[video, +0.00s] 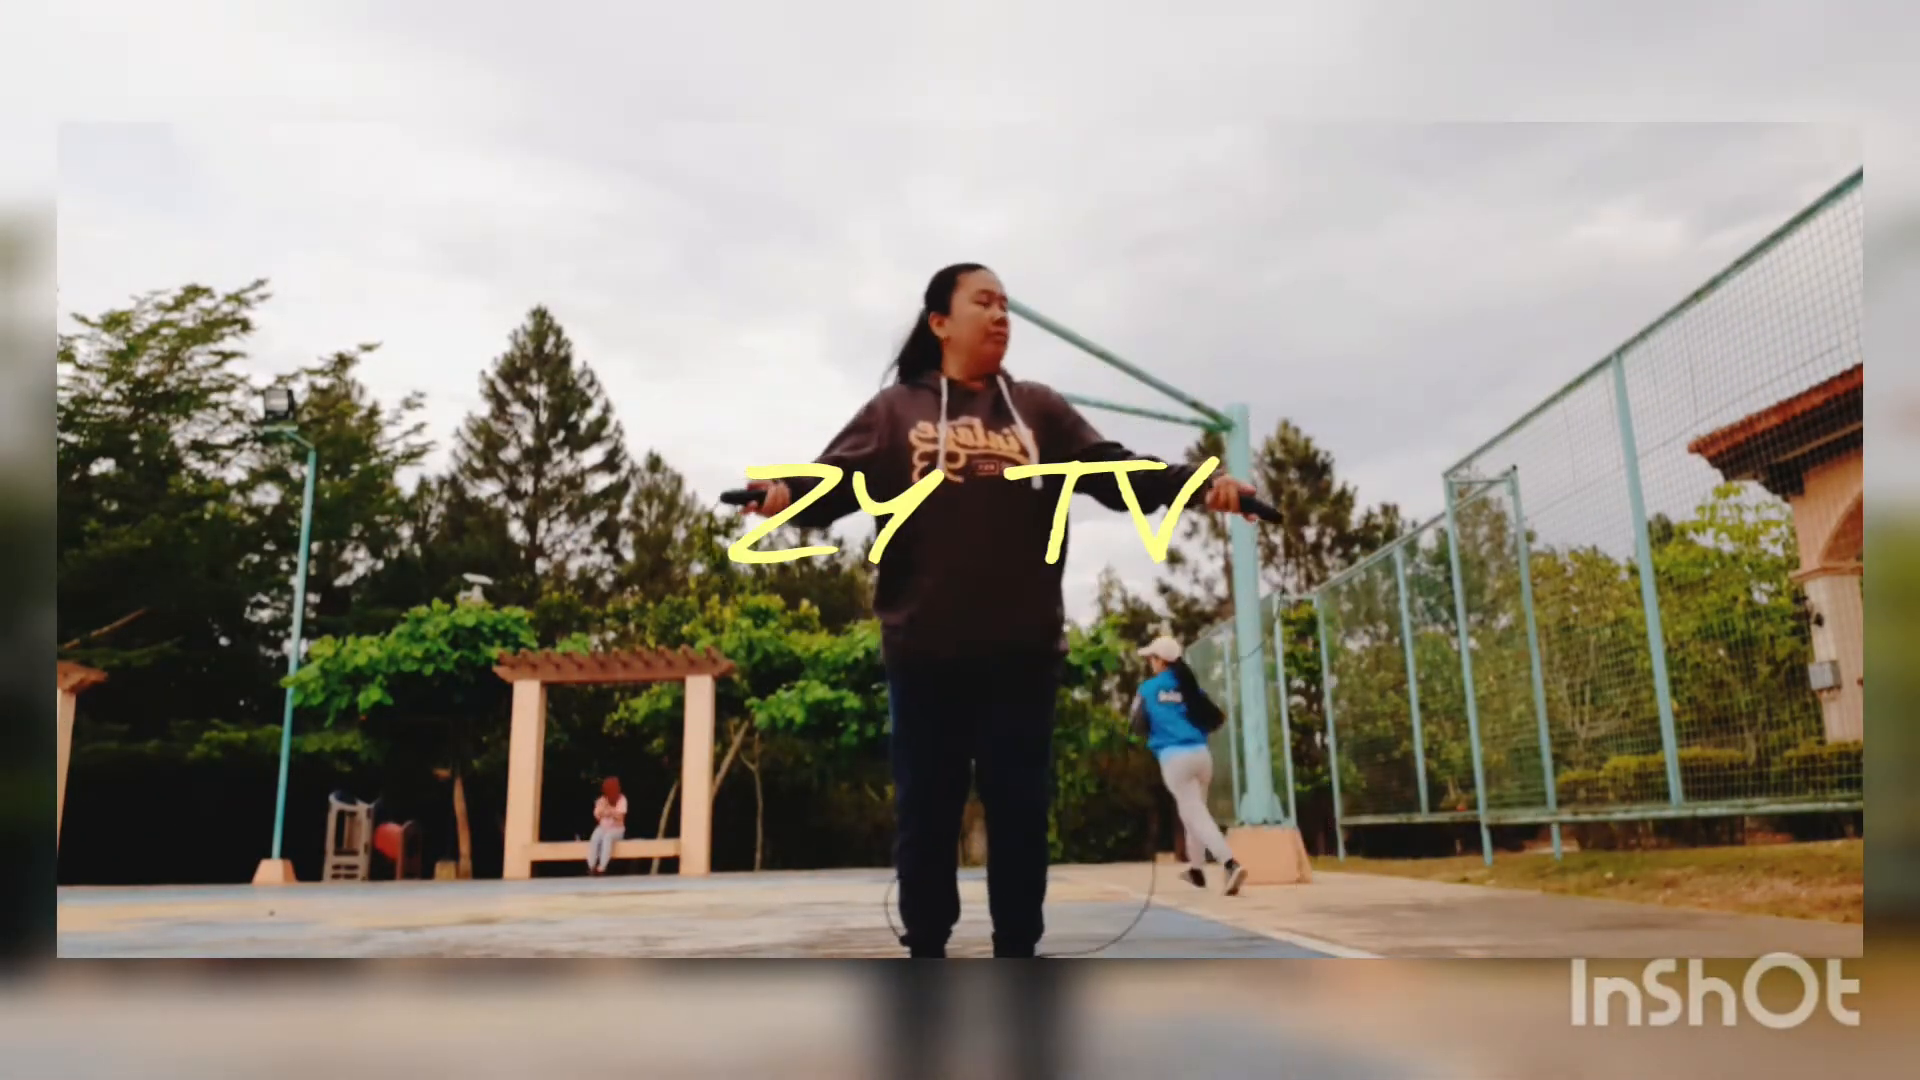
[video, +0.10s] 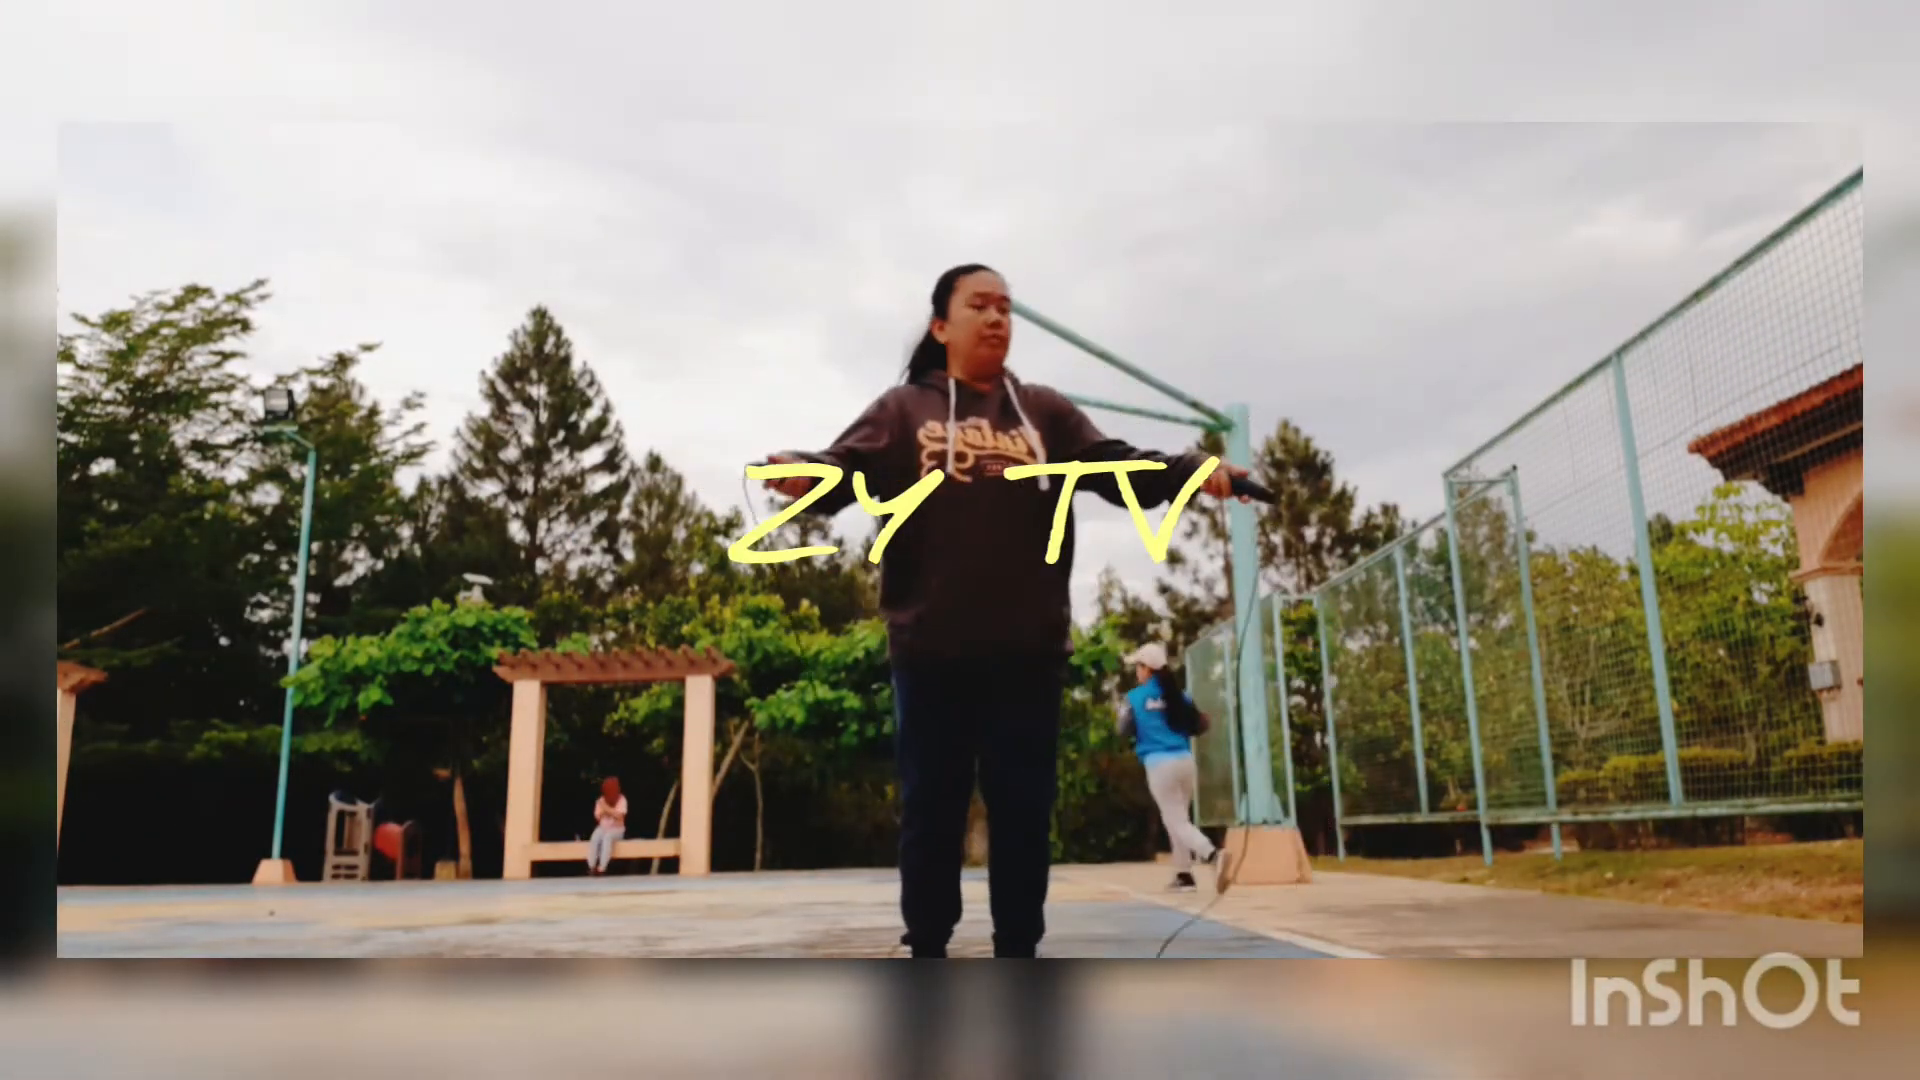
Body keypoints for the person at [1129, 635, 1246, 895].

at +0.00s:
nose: (1149, 663)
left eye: (1151, 659)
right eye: (1150, 658)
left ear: (1159, 661)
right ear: (1174, 660)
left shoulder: (1147, 688)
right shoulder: (1187, 682)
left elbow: (1137, 725)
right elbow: (1214, 715)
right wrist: (1197, 732)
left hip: (1173, 756)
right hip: (1200, 751)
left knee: (1196, 813)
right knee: (1194, 812)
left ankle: (1229, 863)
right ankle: (1197, 869)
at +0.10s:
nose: (1137, 672)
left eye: (1138, 667)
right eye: (1137, 667)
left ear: (1146, 669)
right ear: (1161, 668)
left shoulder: (1134, 697)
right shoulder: (1177, 693)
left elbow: (1123, 729)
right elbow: (1196, 720)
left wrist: (1125, 712)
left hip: (1158, 761)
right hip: (1184, 757)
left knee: (1175, 820)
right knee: (1179, 819)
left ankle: (1212, 854)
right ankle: (1184, 872)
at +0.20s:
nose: (1120, 679)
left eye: (1123, 675)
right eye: (1120, 674)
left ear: (1131, 677)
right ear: (1144, 677)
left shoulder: (1122, 704)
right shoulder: (1160, 699)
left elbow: (1117, 739)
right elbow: (1173, 727)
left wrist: (1121, 752)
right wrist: (1165, 747)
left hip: (1145, 769)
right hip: (1171, 764)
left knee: (1147, 827)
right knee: (1166, 824)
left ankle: (1183, 852)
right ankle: (1182, 870)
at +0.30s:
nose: (1090, 675)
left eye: (1093, 671)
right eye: (1091, 671)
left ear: (1103, 673)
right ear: (1109, 673)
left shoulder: (1105, 698)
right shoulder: (1123, 693)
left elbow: (1110, 731)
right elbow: (1124, 725)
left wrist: (1094, 740)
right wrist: (1094, 723)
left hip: (1118, 765)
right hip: (1141, 760)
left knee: (1107, 815)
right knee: (1149, 817)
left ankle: (1129, 865)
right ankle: (1178, 865)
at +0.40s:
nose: (1074, 677)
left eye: (1077, 673)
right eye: (1075, 673)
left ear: (1085, 675)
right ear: (1092, 675)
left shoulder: (1084, 694)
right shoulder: (1097, 693)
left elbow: (1096, 727)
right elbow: (1097, 727)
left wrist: (1073, 738)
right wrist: (1074, 735)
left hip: (1095, 762)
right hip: (1117, 757)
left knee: (1090, 818)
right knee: (1133, 812)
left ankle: (1095, 870)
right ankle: (1166, 855)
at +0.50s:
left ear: (1057, 709)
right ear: (1072, 708)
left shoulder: (1058, 724)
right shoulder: (1078, 722)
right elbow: (1087, 744)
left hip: (1072, 775)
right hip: (1090, 772)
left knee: (1063, 827)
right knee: (1086, 827)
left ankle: (1085, 871)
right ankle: (1124, 853)